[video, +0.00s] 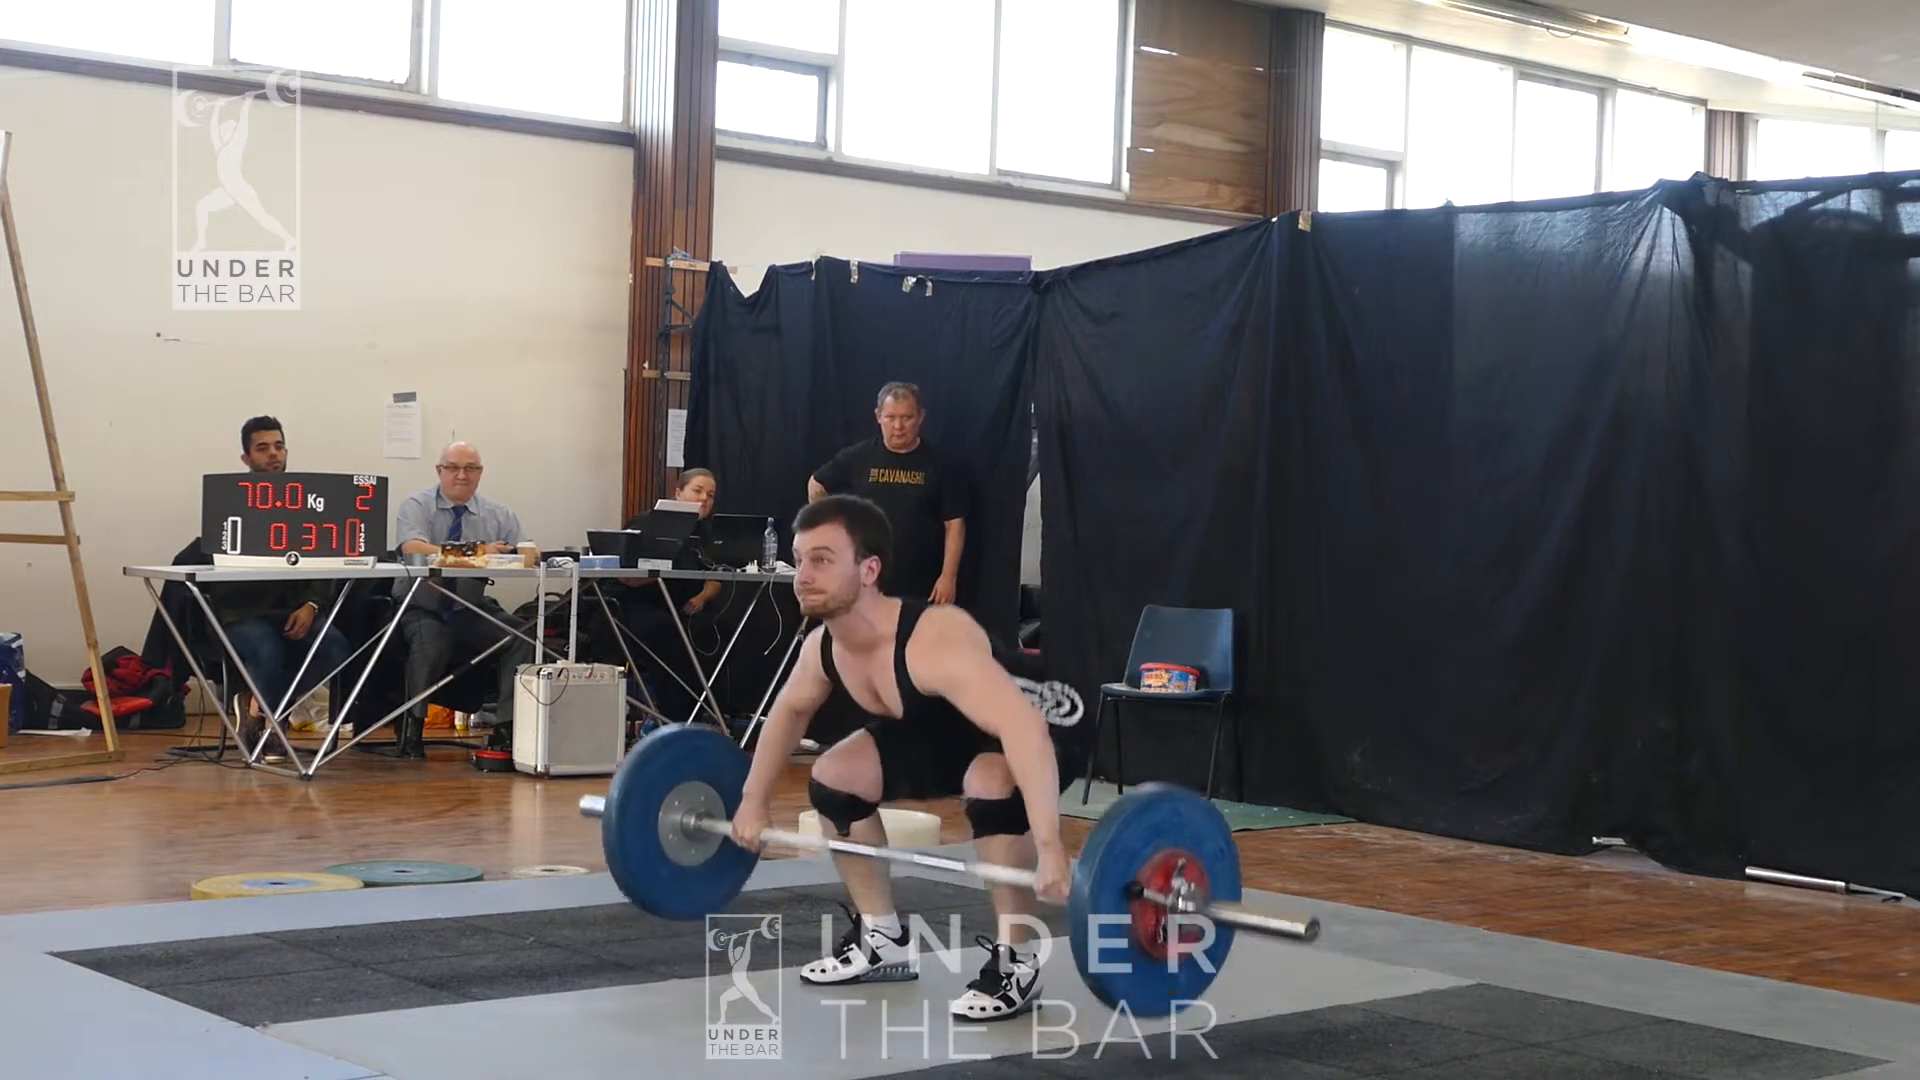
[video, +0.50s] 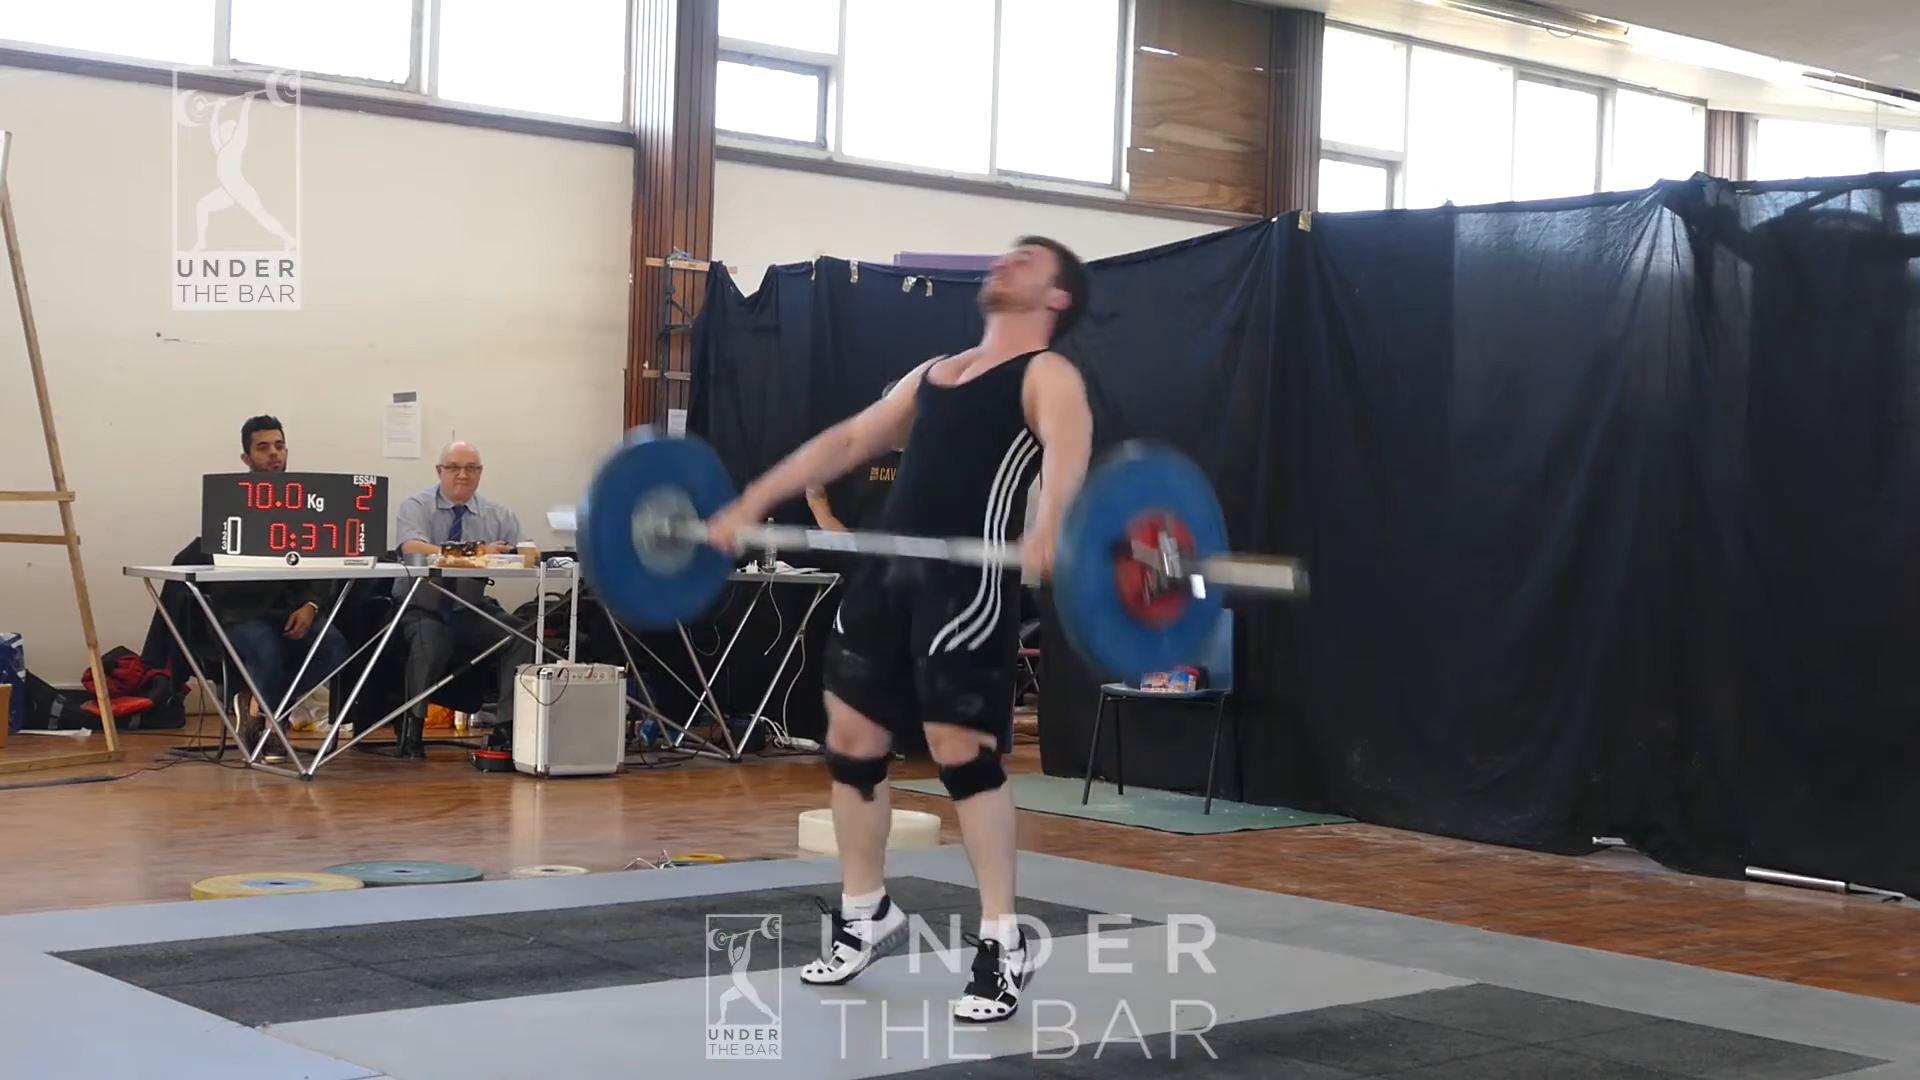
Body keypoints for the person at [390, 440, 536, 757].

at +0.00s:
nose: (461, 475)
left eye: (470, 469)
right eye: (452, 468)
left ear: (481, 474)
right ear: (438, 471)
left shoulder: (500, 515)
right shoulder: (417, 505)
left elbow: (530, 555)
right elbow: (412, 548)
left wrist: (500, 553)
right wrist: (468, 554)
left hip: (475, 609)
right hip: (424, 608)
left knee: (520, 637)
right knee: (431, 644)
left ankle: (508, 730)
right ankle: (412, 733)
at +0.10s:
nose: (461, 475)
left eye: (470, 469)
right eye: (452, 468)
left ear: (481, 474)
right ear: (439, 471)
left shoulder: (501, 515)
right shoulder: (417, 505)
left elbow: (530, 556)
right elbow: (412, 548)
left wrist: (502, 553)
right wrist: (468, 554)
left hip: (474, 608)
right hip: (424, 607)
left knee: (520, 638)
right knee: (431, 644)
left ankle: (508, 731)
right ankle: (412, 735)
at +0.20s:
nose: (461, 475)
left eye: (470, 469)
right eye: (453, 468)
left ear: (481, 474)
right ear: (439, 471)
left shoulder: (500, 515)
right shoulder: (417, 505)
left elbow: (530, 555)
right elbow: (411, 548)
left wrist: (500, 553)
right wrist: (468, 553)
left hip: (475, 608)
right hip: (424, 608)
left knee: (520, 637)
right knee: (431, 644)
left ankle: (508, 730)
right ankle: (412, 734)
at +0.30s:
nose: (461, 475)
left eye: (470, 469)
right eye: (452, 468)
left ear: (481, 474)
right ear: (439, 471)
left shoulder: (501, 515)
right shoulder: (417, 505)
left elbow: (530, 556)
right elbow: (412, 549)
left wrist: (501, 553)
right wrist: (468, 554)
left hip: (474, 608)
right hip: (424, 607)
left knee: (520, 637)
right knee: (431, 644)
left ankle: (508, 731)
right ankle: (412, 735)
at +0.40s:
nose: (461, 475)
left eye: (470, 468)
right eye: (452, 468)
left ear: (481, 473)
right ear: (439, 471)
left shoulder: (501, 515)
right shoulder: (416, 505)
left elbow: (531, 556)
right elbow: (411, 548)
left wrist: (502, 553)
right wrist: (468, 554)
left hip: (475, 609)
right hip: (423, 608)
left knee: (520, 637)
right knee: (431, 644)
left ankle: (508, 730)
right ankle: (412, 732)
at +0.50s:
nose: (462, 475)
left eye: (471, 468)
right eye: (453, 468)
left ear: (480, 473)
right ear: (439, 472)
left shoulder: (499, 514)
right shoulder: (416, 506)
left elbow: (529, 556)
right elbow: (411, 549)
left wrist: (500, 552)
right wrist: (468, 553)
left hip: (475, 608)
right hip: (424, 608)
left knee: (519, 639)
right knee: (431, 642)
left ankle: (507, 730)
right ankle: (412, 732)